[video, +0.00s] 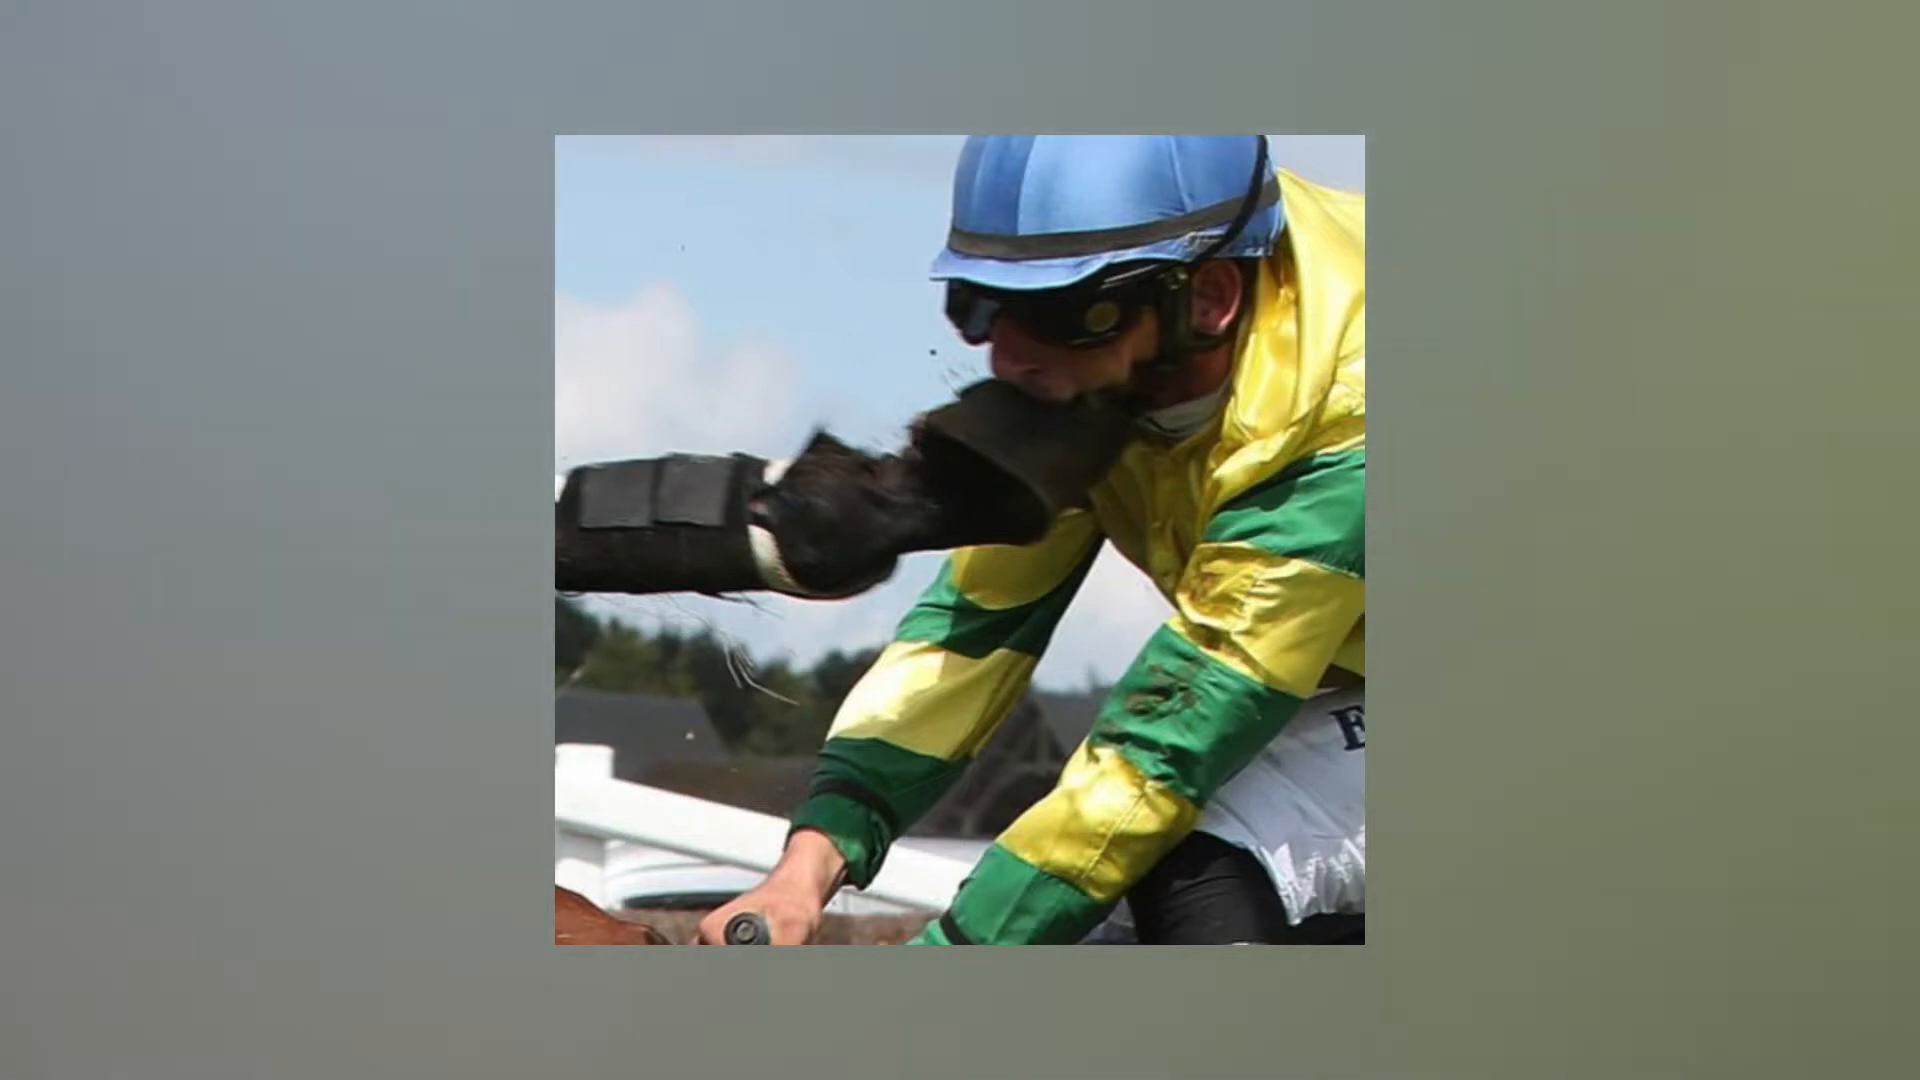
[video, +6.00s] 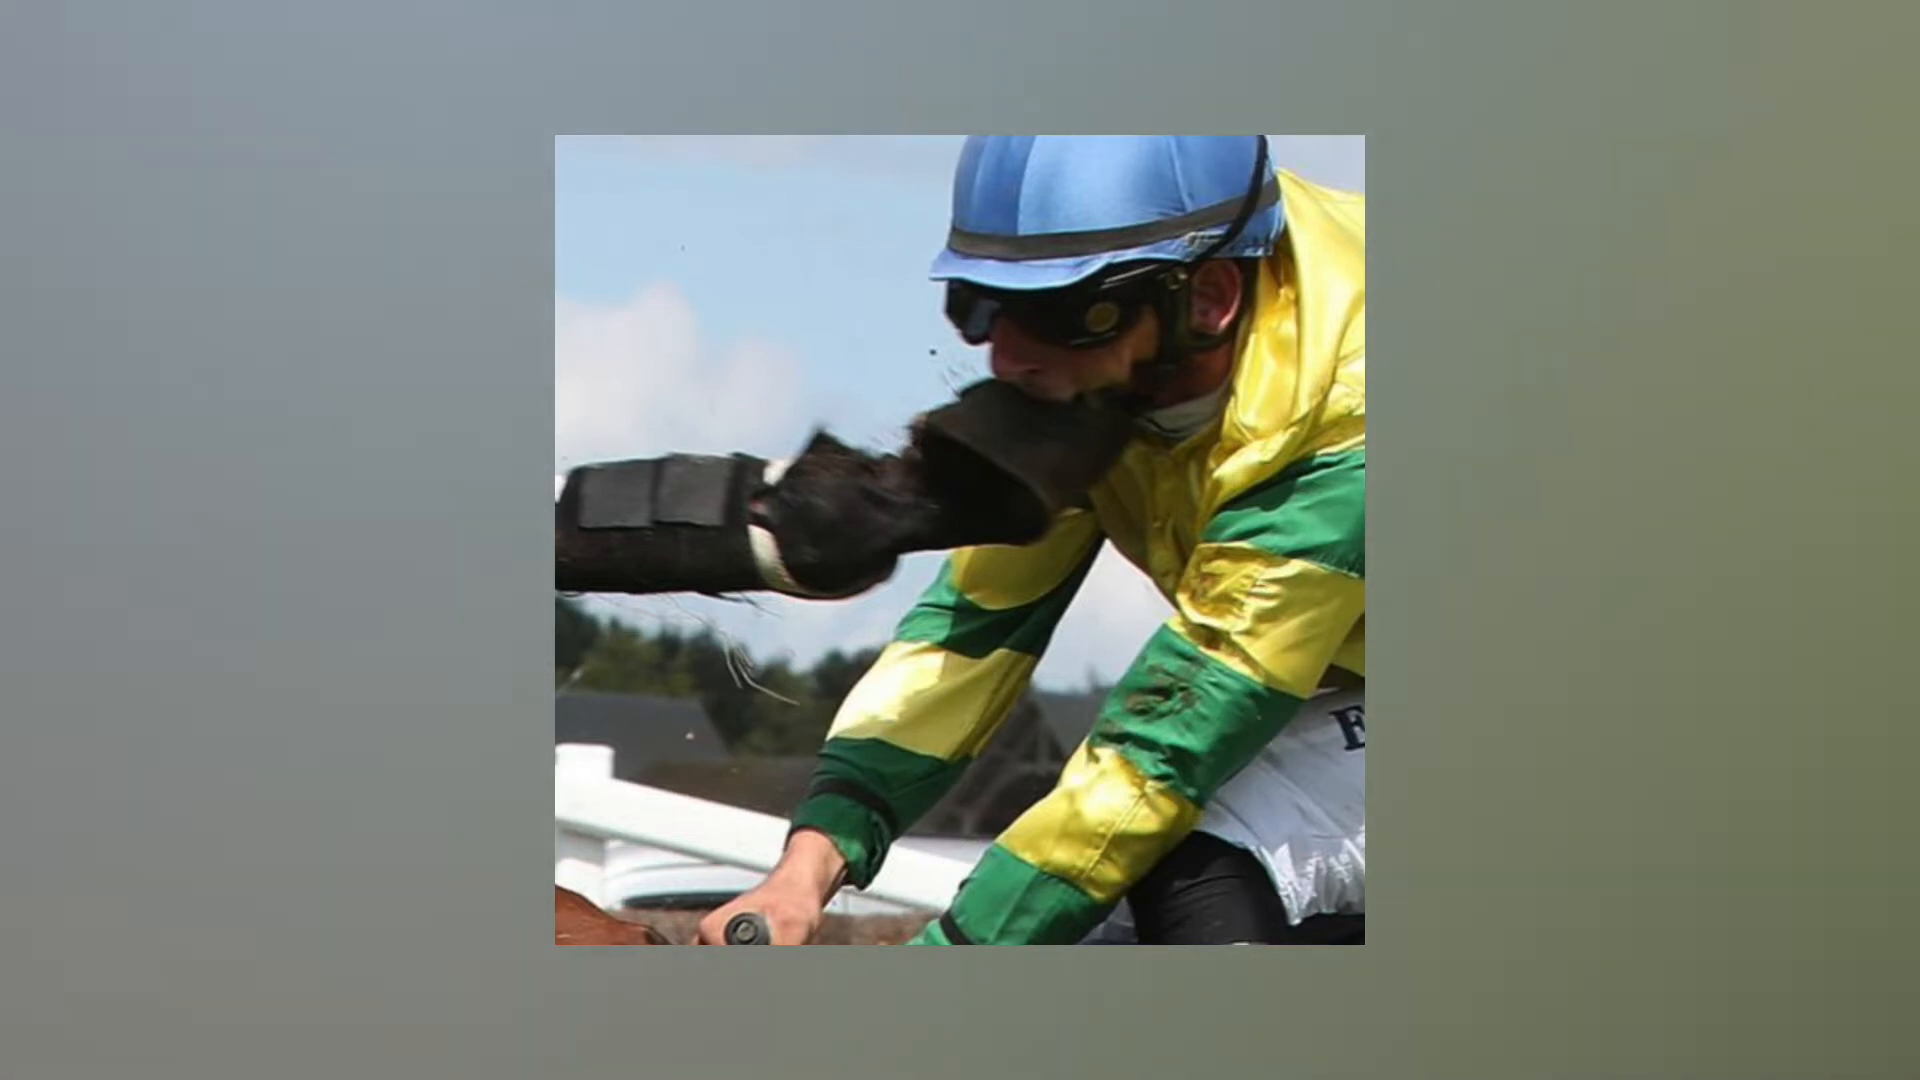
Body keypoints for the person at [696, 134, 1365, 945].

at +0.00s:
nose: (1005, 358)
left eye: (1055, 319)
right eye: (988, 309)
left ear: (1209, 299)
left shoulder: (1341, 428)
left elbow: (1160, 751)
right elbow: (969, 624)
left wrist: (933, 963)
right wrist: (804, 872)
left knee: (1204, 863)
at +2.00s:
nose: (1005, 358)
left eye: (1054, 318)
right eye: (987, 309)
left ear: (1209, 299)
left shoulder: (1341, 429)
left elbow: (1160, 752)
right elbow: (969, 623)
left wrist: (933, 963)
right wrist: (804, 873)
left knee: (1204, 862)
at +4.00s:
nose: (1005, 359)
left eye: (1056, 319)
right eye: (989, 310)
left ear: (1209, 298)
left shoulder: (1341, 429)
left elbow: (1160, 751)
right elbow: (969, 623)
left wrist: (933, 965)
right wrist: (805, 871)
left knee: (1205, 865)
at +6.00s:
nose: (1005, 358)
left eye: (1056, 319)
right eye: (989, 309)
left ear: (1210, 298)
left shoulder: (1342, 429)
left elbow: (1160, 752)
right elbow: (969, 623)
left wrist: (933, 965)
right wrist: (805, 871)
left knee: (1204, 864)